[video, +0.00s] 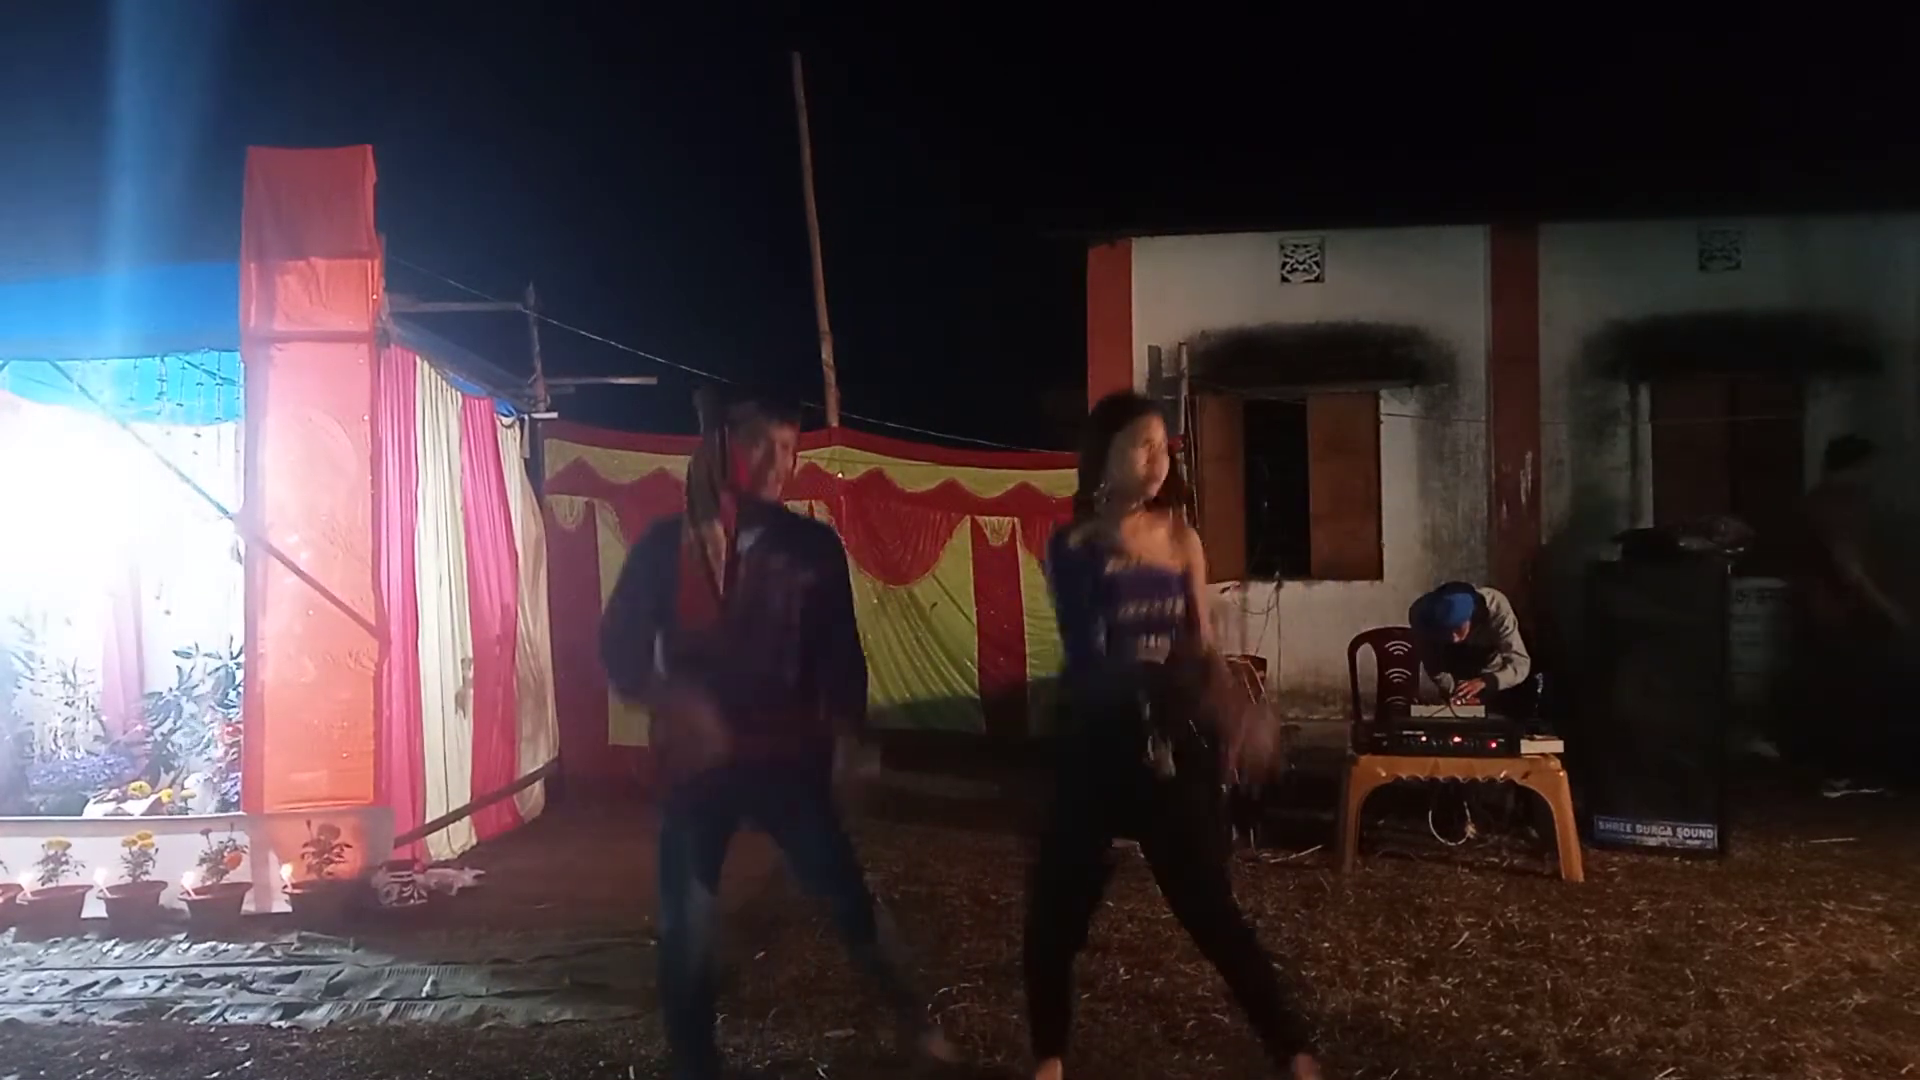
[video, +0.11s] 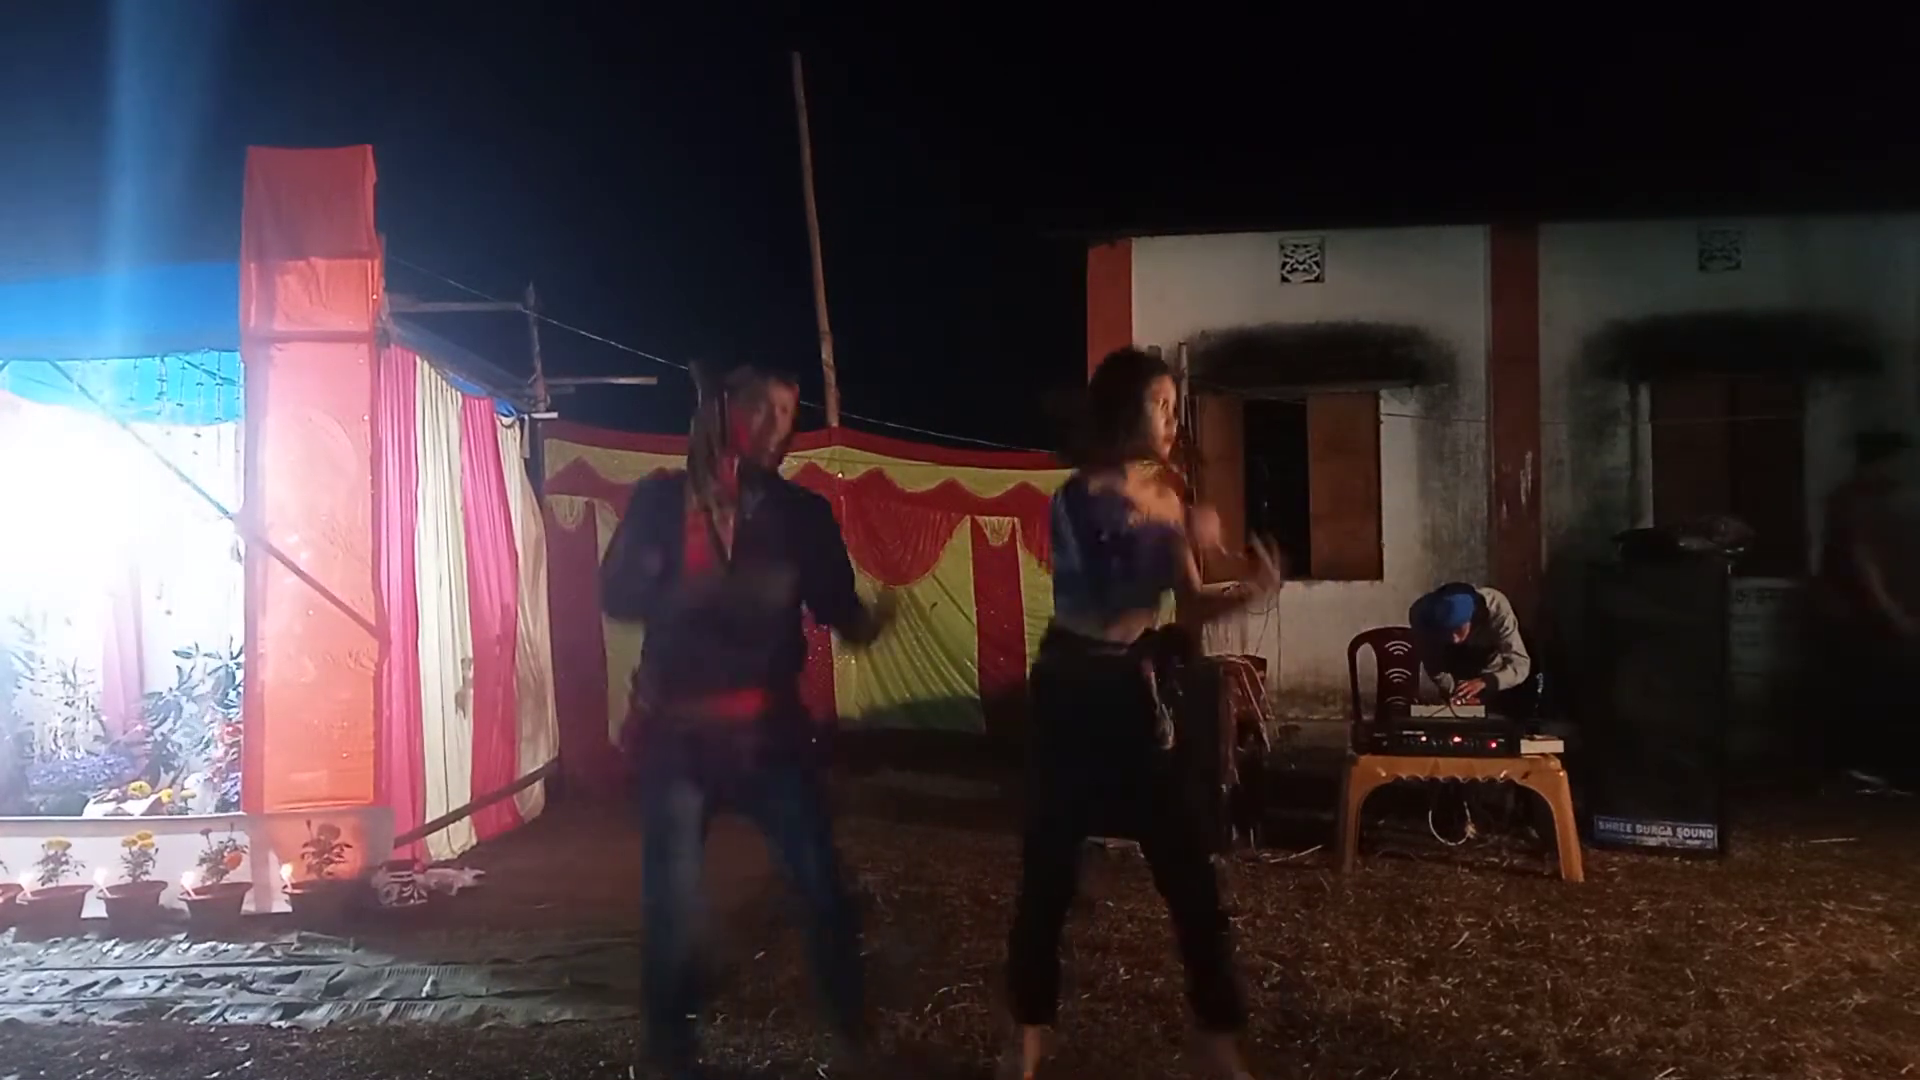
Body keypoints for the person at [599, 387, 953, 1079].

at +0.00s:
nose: (778, 464)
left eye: (787, 450)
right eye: (764, 447)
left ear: (791, 457)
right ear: (725, 448)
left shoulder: (814, 544)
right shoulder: (669, 542)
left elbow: (841, 648)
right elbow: (622, 643)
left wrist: (849, 732)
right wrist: (664, 693)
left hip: (789, 761)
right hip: (699, 764)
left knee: (848, 900)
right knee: (685, 925)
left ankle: (917, 1019)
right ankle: (692, 1062)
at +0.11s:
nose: (773, 429)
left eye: (782, 416)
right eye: (760, 411)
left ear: (787, 427)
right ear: (720, 415)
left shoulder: (803, 512)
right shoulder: (661, 500)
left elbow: (836, 604)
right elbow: (618, 592)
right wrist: (688, 586)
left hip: (771, 733)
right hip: (678, 736)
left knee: (819, 882)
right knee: (673, 897)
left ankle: (852, 1029)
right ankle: (670, 1049)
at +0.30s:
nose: (717, 436)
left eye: (741, 424)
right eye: (713, 423)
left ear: (771, 439)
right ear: (703, 428)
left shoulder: (790, 520)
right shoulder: (671, 500)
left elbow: (855, 613)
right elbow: (662, 586)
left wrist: (803, 546)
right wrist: (742, 549)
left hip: (738, 740)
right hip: (655, 737)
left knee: (765, 903)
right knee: (630, 903)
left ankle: (766, 1059)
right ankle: (569, 1058)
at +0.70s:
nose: (760, 443)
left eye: (763, 429)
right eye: (739, 431)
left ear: (769, 444)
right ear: (692, 444)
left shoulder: (770, 535)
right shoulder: (672, 509)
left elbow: (828, 593)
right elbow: (680, 588)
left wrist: (862, 599)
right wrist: (784, 589)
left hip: (675, 745)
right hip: (595, 738)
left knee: (744, 905)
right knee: (557, 923)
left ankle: (770, 1066)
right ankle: (523, 1068)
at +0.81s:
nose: (745, 479)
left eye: (753, 464)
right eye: (726, 462)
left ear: (763, 476)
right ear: (685, 472)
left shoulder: (767, 566)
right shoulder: (643, 569)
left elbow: (796, 659)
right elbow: (633, 694)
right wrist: (740, 691)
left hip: (714, 781)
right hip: (630, 780)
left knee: (771, 918)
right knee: (598, 943)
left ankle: (780, 1062)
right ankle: (536, 1066)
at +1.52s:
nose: (742, 463)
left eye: (754, 448)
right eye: (728, 446)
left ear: (762, 445)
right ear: (690, 438)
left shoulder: (781, 498)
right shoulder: (641, 513)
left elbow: (827, 564)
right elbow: (568, 580)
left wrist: (738, 563)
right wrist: (530, 563)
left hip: (819, 715)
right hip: (729, 734)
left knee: (876, 870)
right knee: (716, 899)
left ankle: (927, 1016)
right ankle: (722, 1058)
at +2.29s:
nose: (721, 467)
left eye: (732, 451)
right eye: (701, 452)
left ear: (744, 457)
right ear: (665, 460)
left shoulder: (774, 554)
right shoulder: (633, 545)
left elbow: (823, 658)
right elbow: (549, 591)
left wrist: (818, 764)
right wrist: (649, 574)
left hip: (717, 777)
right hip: (622, 772)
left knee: (755, 938)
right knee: (580, 934)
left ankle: (755, 1065)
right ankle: (527, 1068)